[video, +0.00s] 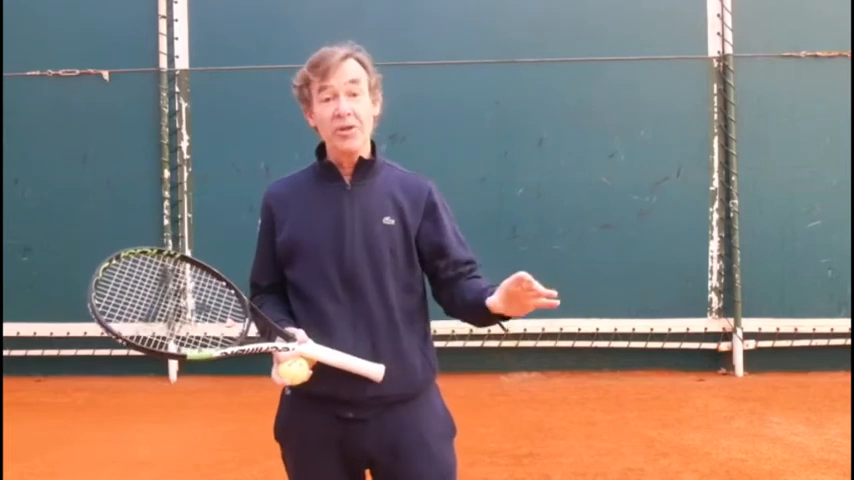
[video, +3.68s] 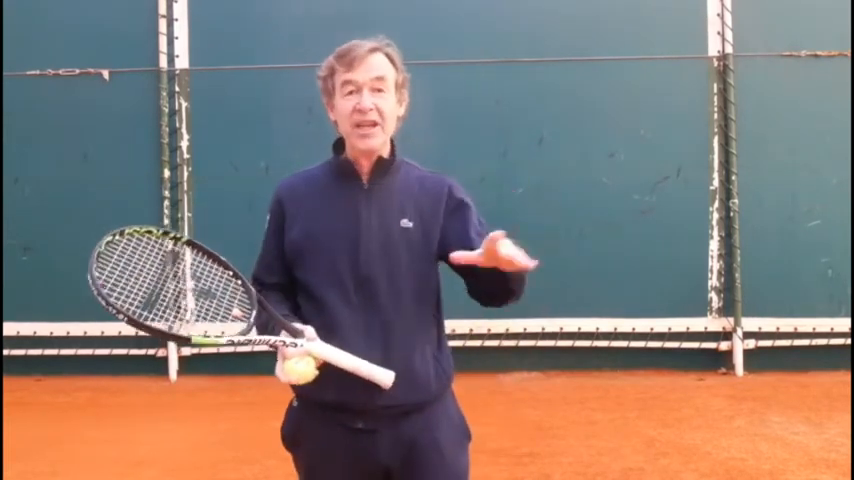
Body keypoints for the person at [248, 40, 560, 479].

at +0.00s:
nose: (342, 108)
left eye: (353, 94)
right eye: (327, 98)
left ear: (375, 104)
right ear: (311, 115)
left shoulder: (415, 195)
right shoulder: (281, 202)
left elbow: (455, 281)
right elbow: (266, 292)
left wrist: (493, 302)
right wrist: (286, 338)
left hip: (407, 411)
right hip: (314, 413)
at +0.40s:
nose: (359, 114)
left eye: (369, 99)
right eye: (343, 103)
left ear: (390, 106)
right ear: (324, 115)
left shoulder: (428, 196)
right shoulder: (289, 200)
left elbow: (470, 281)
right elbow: (271, 291)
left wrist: (435, 318)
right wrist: (299, 341)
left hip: (417, 415)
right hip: (322, 417)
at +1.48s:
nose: (416, 96)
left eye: (430, 82)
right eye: (402, 86)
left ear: (453, 99)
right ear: (384, 105)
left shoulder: (487, 197)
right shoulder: (343, 196)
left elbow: (523, 296)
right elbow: (316, 300)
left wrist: (481, 345)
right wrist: (358, 338)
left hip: (475, 429)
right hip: (375, 428)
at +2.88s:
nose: (405, 87)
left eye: (420, 77)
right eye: (392, 79)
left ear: (443, 100)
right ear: (374, 105)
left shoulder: (478, 197)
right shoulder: (331, 195)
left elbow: (525, 282)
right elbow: (302, 299)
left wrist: (509, 299)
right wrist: (333, 338)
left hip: (458, 430)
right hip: (359, 427)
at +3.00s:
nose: (398, 93)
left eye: (412, 81)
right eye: (384, 83)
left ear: (434, 101)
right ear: (365, 107)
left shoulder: (470, 196)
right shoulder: (324, 196)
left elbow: (527, 289)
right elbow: (295, 297)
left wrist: (481, 275)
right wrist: (325, 337)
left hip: (450, 427)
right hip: (352, 424)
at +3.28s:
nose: (381, 106)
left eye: (394, 92)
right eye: (367, 93)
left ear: (415, 106)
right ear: (346, 109)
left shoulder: (446, 192)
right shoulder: (306, 197)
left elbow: (513, 283)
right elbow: (282, 293)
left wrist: (505, 223)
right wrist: (302, 335)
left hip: (434, 423)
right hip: (338, 423)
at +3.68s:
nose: (365, 103)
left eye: (378, 90)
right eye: (350, 91)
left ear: (400, 102)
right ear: (332, 108)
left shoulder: (437, 195)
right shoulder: (293, 198)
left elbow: (491, 294)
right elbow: (269, 289)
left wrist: (502, 269)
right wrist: (288, 335)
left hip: (425, 421)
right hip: (328, 422)